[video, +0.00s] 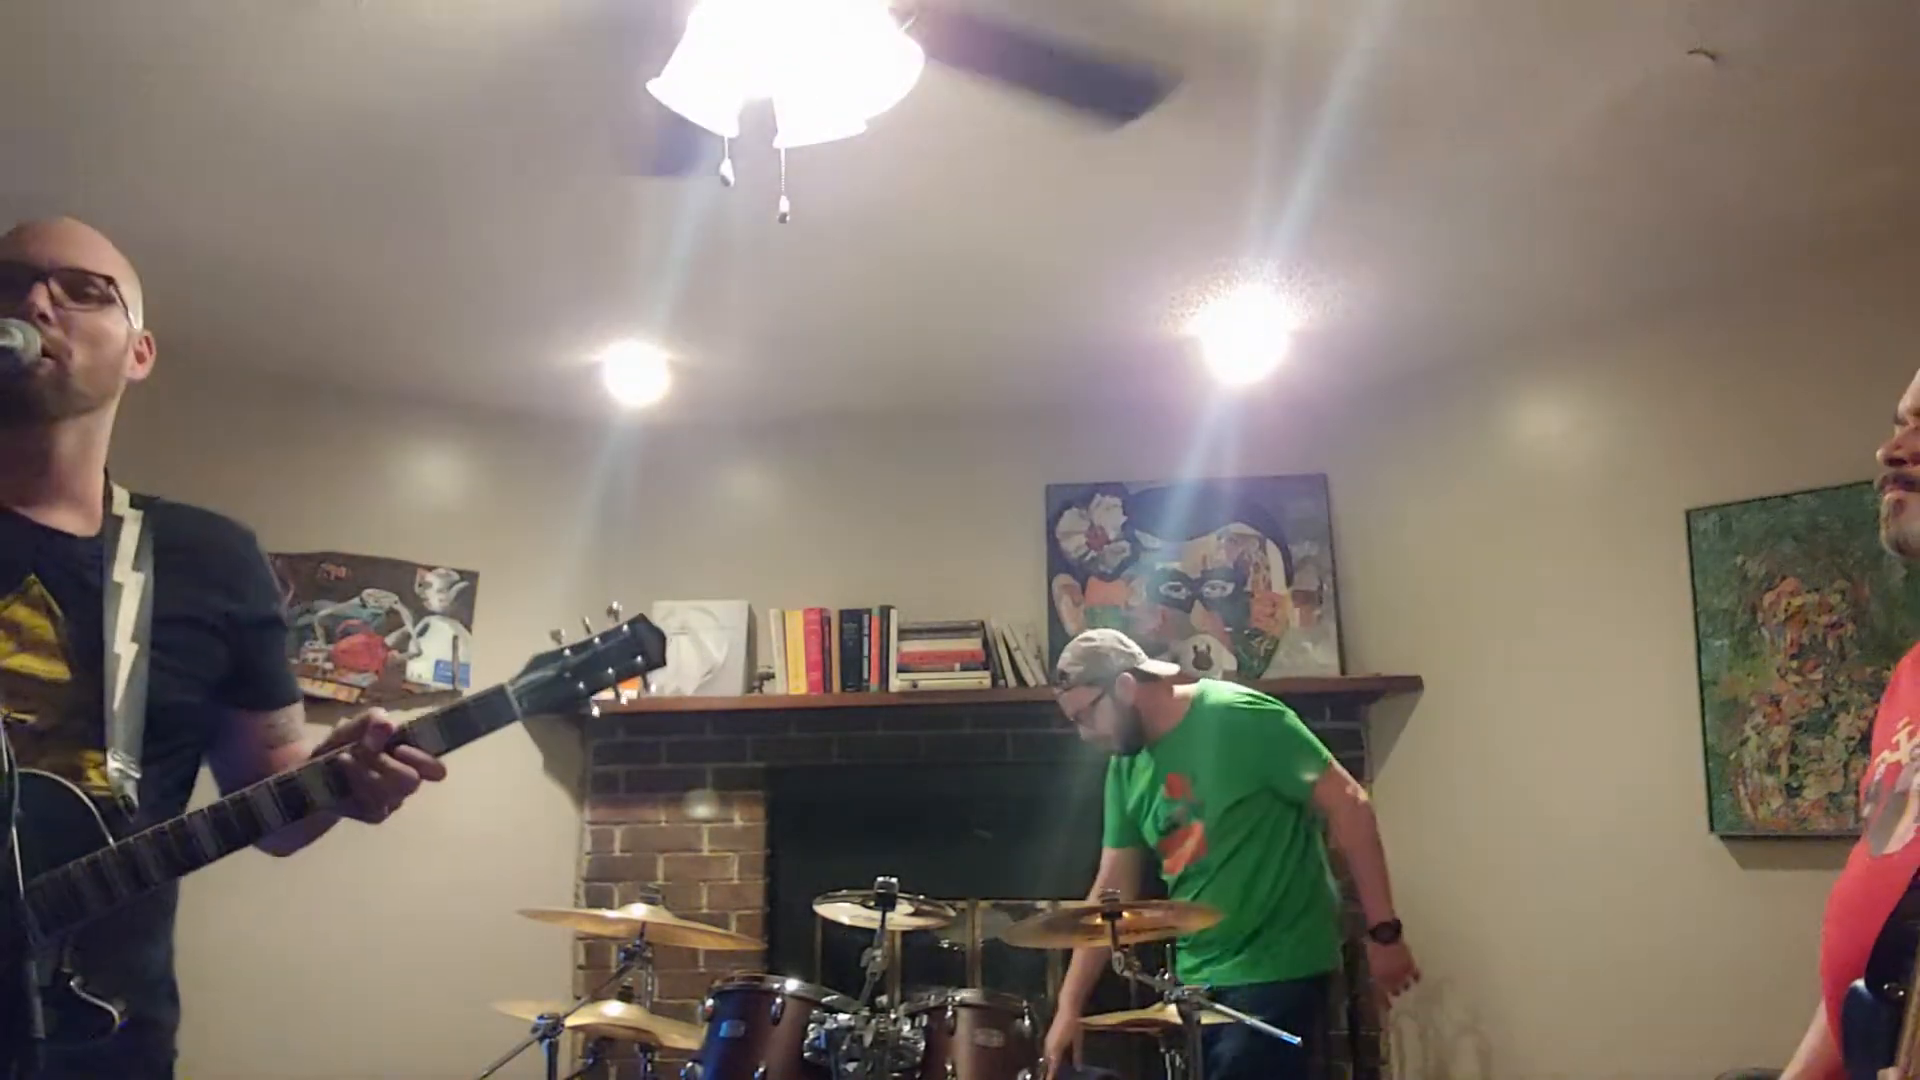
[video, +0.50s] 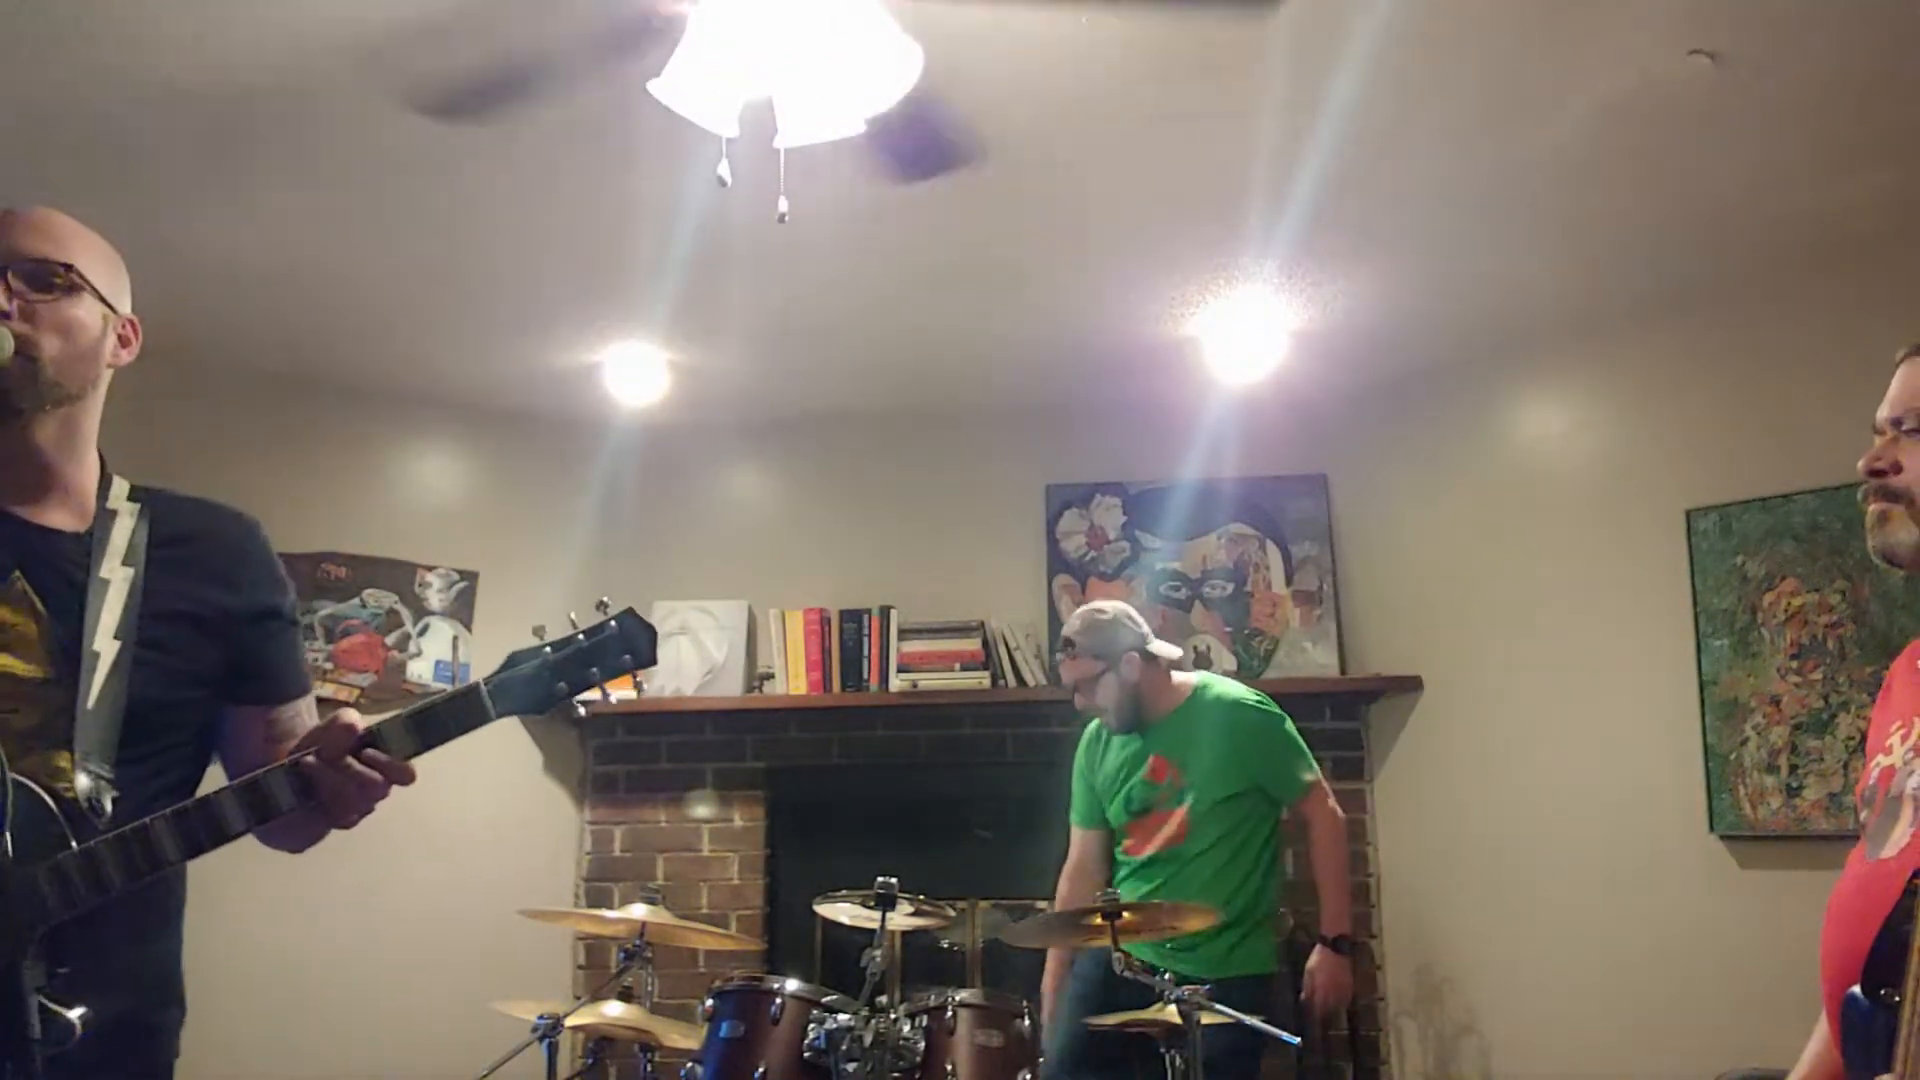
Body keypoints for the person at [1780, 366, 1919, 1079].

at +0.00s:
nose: (1894, 448)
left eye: (1919, 428)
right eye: (1898, 425)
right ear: (1892, 439)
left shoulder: (1911, 670)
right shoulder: (1909, 670)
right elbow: (1877, 889)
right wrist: (1808, 1064)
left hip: (1901, 1053)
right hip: (1858, 1045)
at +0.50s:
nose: (1872, 459)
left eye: (1906, 430)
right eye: (1877, 433)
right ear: (1874, 447)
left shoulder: (1906, 673)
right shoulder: (1904, 675)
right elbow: (1877, 904)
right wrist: (1813, 1065)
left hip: (1901, 1052)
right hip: (1860, 1045)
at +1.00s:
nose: (1869, 465)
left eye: (1905, 435)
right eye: (1875, 438)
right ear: (1874, 450)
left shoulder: (1908, 674)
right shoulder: (1905, 677)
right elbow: (1877, 910)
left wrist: (1820, 1061)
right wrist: (1814, 1065)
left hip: (1902, 1051)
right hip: (1863, 1047)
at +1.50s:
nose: (1849, 500)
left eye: (1874, 464)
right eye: (1855, 470)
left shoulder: (1910, 674)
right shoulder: (1908, 674)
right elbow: (1879, 906)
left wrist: (1816, 1065)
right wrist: (1811, 1068)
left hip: (1900, 1055)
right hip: (1860, 1049)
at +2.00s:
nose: (1835, 521)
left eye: (1852, 484)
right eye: (1838, 491)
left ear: (1918, 476)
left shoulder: (1907, 686)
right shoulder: (1902, 686)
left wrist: (1835, 1063)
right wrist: (1826, 1060)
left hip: (1892, 1050)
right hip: (1866, 1043)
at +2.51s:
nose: (1830, 532)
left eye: (1847, 492)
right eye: (1832, 500)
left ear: (1914, 477)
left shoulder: (1906, 685)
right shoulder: (1901, 686)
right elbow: (1883, 916)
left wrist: (1829, 1061)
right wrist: (1815, 1062)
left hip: (1898, 1050)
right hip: (1861, 1045)